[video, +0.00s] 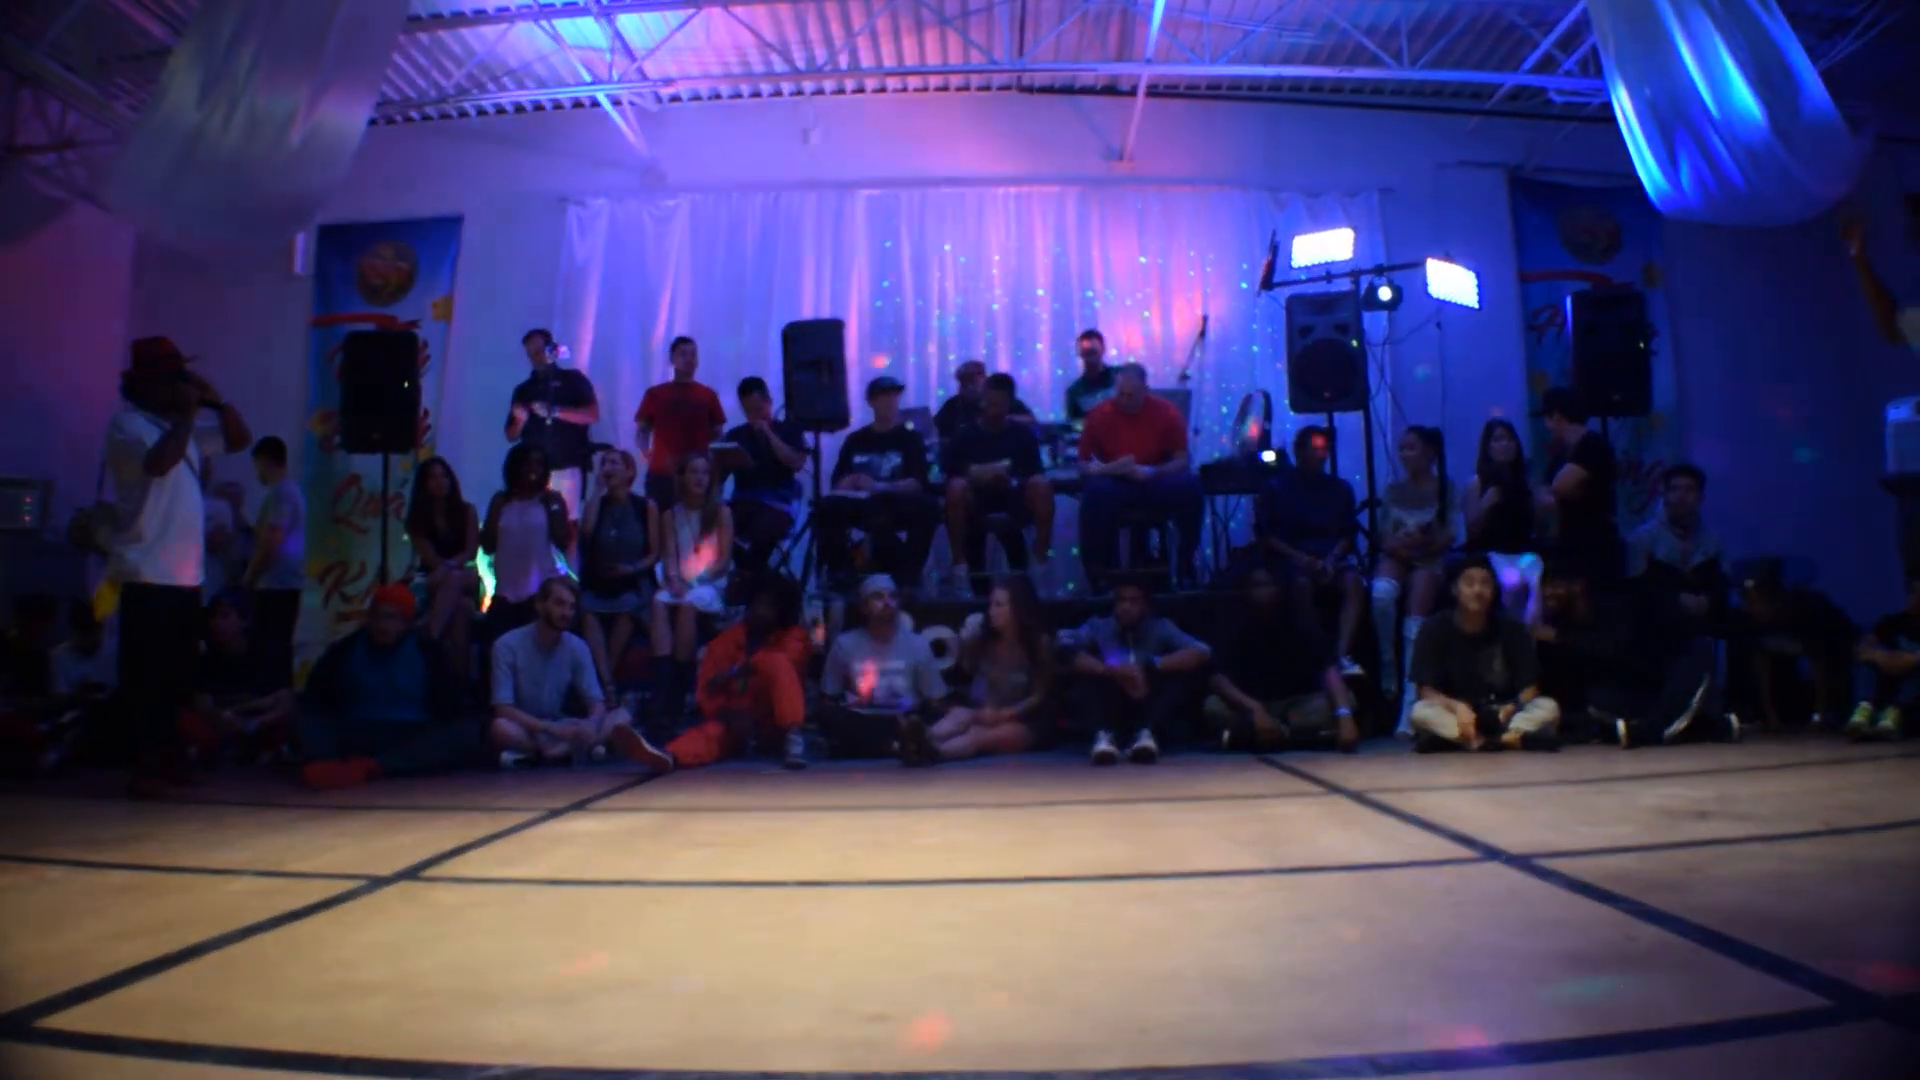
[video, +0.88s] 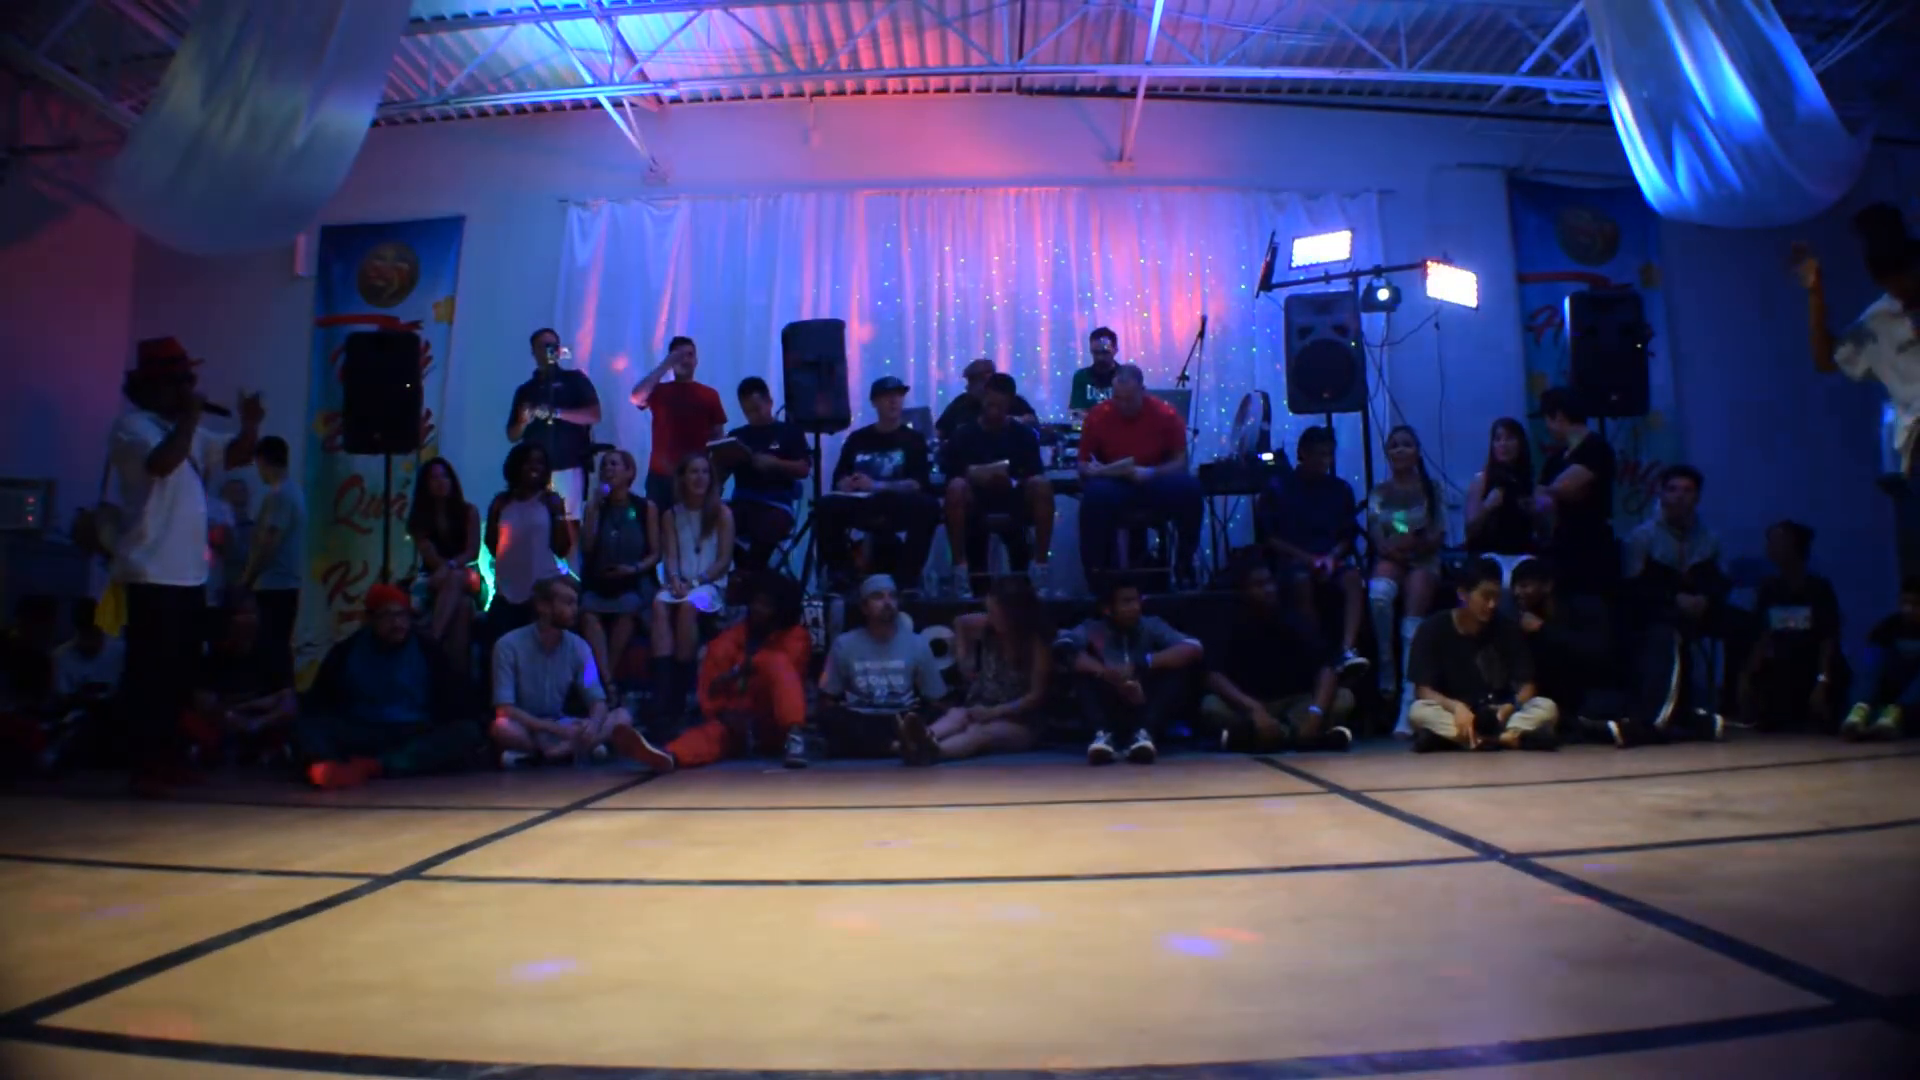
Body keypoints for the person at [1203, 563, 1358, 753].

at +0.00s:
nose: (1262, 593)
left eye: (1267, 586)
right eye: (1256, 587)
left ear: (1278, 589)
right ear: (1247, 592)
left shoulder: (1297, 626)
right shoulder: (1239, 630)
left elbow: (1328, 670)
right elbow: (1218, 678)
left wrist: (1344, 715)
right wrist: (1256, 710)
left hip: (1300, 702)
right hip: (1252, 705)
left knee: (1341, 702)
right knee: (1213, 706)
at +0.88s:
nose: (1269, 589)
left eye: (1270, 582)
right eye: (1260, 584)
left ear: (1276, 585)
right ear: (1245, 591)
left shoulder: (1293, 621)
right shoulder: (1234, 627)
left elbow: (1326, 668)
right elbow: (1214, 675)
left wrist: (1316, 712)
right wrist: (1256, 710)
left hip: (1296, 699)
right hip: (1248, 703)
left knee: (1344, 698)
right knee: (1211, 706)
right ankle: (1306, 736)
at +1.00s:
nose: (1268, 589)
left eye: (1270, 583)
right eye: (1260, 585)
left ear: (1276, 585)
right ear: (1245, 591)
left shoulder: (1292, 621)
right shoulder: (1235, 627)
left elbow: (1327, 669)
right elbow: (1214, 676)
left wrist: (1310, 711)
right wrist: (1256, 709)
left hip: (1294, 699)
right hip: (1249, 703)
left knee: (1344, 698)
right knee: (1211, 706)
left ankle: (1253, 739)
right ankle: (1307, 739)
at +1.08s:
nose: (1268, 589)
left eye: (1270, 582)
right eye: (1260, 585)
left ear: (1276, 585)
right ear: (1244, 591)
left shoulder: (1293, 621)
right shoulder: (1233, 627)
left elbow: (1327, 669)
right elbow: (1214, 675)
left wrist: (1311, 713)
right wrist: (1256, 709)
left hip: (1295, 699)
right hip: (1248, 703)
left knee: (1344, 698)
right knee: (1211, 706)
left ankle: (1252, 738)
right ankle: (1307, 738)